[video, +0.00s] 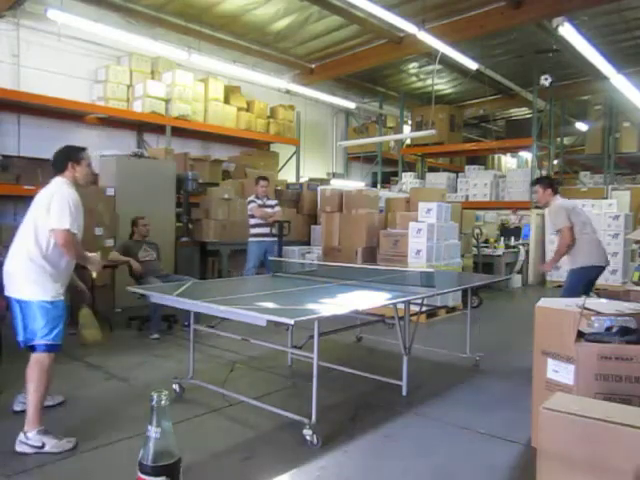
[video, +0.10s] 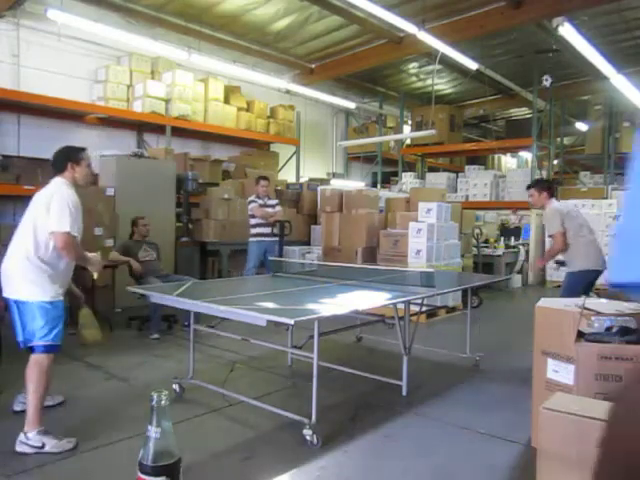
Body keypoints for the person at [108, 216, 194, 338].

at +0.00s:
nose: (147, 228)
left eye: (148, 226)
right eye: (144, 226)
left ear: (149, 227)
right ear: (135, 228)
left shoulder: (154, 245)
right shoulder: (128, 244)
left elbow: (157, 263)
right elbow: (112, 256)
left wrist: (161, 272)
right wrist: (130, 261)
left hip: (161, 275)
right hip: (145, 276)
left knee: (192, 283)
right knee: (159, 292)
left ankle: (188, 322)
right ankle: (154, 330)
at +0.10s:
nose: (147, 228)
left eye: (148, 226)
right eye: (144, 226)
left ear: (149, 227)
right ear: (135, 228)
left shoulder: (154, 245)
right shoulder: (128, 244)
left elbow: (158, 263)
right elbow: (112, 256)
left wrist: (161, 272)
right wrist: (130, 261)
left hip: (161, 275)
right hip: (145, 277)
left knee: (192, 283)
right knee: (159, 291)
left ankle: (188, 322)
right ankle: (154, 330)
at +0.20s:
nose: (147, 228)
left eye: (148, 226)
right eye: (144, 226)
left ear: (149, 227)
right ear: (135, 228)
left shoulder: (154, 245)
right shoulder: (128, 244)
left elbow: (157, 263)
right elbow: (112, 256)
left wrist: (161, 273)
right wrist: (130, 260)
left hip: (161, 275)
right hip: (145, 277)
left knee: (192, 283)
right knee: (159, 290)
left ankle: (188, 322)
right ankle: (154, 330)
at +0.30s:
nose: (147, 228)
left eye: (148, 226)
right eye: (144, 226)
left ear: (149, 227)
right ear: (135, 228)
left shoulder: (154, 245)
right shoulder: (128, 244)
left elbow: (157, 263)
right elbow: (111, 256)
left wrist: (161, 273)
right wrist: (130, 260)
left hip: (162, 275)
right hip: (145, 277)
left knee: (192, 283)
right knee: (159, 290)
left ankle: (188, 322)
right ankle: (154, 330)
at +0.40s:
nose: (147, 228)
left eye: (148, 226)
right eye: (144, 226)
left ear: (149, 227)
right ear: (135, 228)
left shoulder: (154, 245)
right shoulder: (128, 244)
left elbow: (158, 263)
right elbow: (111, 256)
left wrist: (161, 272)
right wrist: (130, 260)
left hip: (161, 275)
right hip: (145, 277)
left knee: (192, 283)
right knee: (159, 291)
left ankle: (188, 322)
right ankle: (154, 330)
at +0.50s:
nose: (147, 228)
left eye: (147, 226)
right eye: (143, 226)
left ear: (149, 228)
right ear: (134, 228)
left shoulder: (154, 245)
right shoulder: (128, 244)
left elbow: (158, 263)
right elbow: (112, 256)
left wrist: (161, 272)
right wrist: (130, 260)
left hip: (161, 275)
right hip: (145, 277)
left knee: (192, 283)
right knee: (159, 291)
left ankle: (188, 322)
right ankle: (154, 330)